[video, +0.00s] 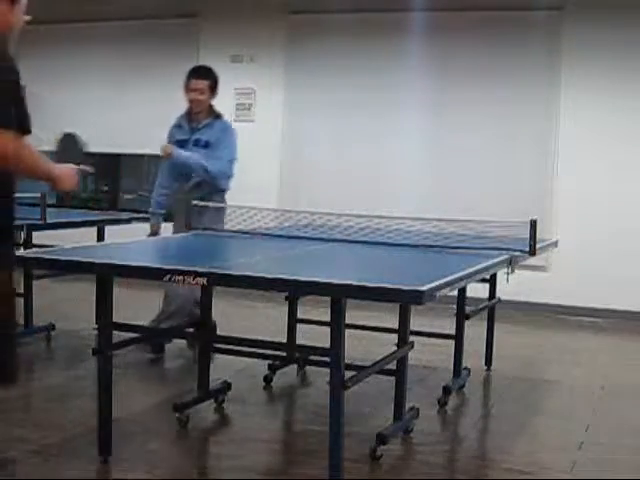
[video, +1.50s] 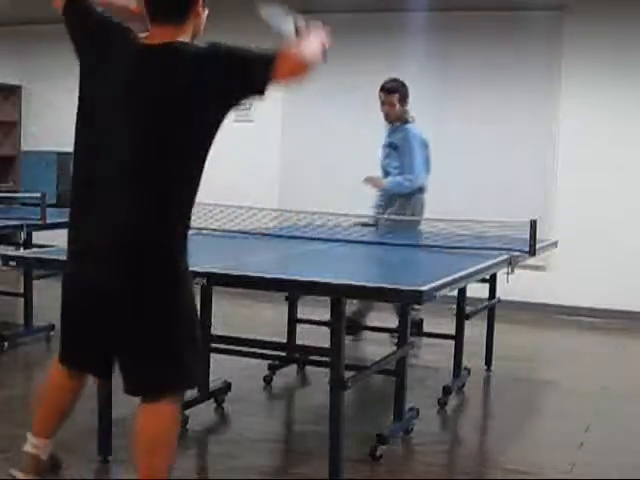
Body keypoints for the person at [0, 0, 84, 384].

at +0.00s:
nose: (24, 19)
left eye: (23, 10)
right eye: (21, 9)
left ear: (12, 12)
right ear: (8, 10)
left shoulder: (8, 62)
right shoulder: (5, 63)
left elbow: (13, 143)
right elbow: (9, 143)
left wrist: (51, 170)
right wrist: (54, 172)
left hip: (6, 218)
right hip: (3, 220)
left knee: (7, 283)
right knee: (6, 288)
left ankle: (7, 364)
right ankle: (5, 366)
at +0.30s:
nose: (77, 26)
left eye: (77, 16)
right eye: (74, 14)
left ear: (40, 10)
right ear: (47, 8)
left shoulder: (13, 61)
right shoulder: (23, 66)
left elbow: (23, 158)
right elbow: (23, 161)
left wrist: (78, 188)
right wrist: (85, 190)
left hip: (19, 250)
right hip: (19, 254)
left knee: (41, 365)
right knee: (40, 366)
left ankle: (45, 464)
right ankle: (45, 465)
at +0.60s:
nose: (130, 25)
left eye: (132, 16)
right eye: (127, 13)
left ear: (95, 11)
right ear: (100, 8)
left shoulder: (62, 60)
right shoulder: (67, 61)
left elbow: (81, 148)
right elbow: (41, 140)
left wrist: (126, 111)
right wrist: (109, 198)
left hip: (32, 246)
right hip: (58, 248)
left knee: (50, 376)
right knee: (102, 375)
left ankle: (48, 471)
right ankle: (75, 473)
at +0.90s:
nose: (178, 24)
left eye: (179, 15)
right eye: (177, 14)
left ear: (124, 15)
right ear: (162, 10)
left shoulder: (96, 63)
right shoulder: (130, 64)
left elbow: (148, 127)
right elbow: (115, 145)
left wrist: (171, 66)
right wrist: (185, 208)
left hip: (70, 241)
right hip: (110, 245)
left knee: (78, 374)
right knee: (142, 386)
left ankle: (55, 470)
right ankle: (144, 472)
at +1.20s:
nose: (207, 22)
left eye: (208, 15)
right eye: (208, 13)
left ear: (153, 12)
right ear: (197, 10)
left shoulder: (107, 61)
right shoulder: (196, 76)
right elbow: (223, 166)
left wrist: (190, 47)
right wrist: (274, 195)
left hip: (93, 244)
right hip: (156, 250)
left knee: (93, 374)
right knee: (158, 394)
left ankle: (68, 472)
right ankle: (147, 475)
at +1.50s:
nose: (205, 13)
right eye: (204, 8)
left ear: (142, 12)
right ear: (200, 12)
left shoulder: (105, 46)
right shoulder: (212, 65)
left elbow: (66, 1)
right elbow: (294, 62)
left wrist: (122, 11)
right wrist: (312, 38)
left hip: (89, 246)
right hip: (155, 254)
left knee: (72, 359)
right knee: (161, 389)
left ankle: (32, 458)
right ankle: (150, 474)